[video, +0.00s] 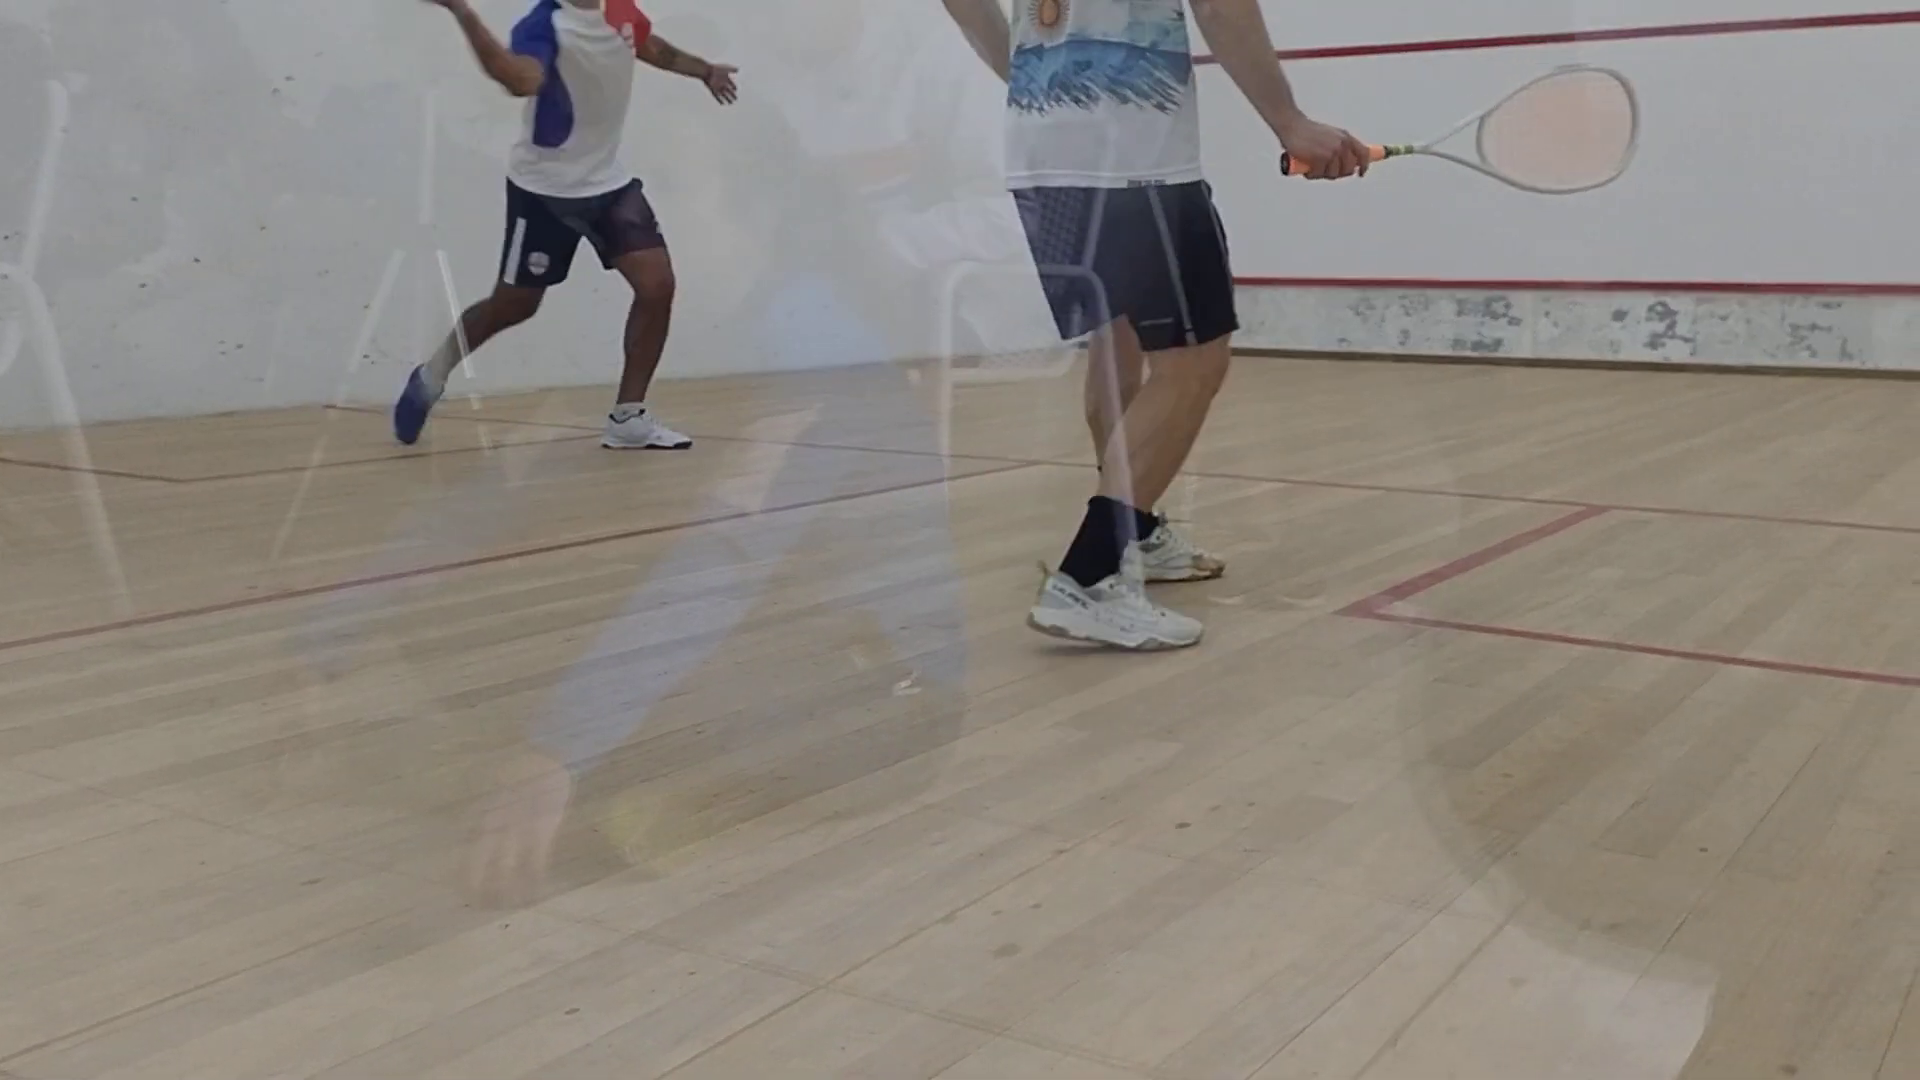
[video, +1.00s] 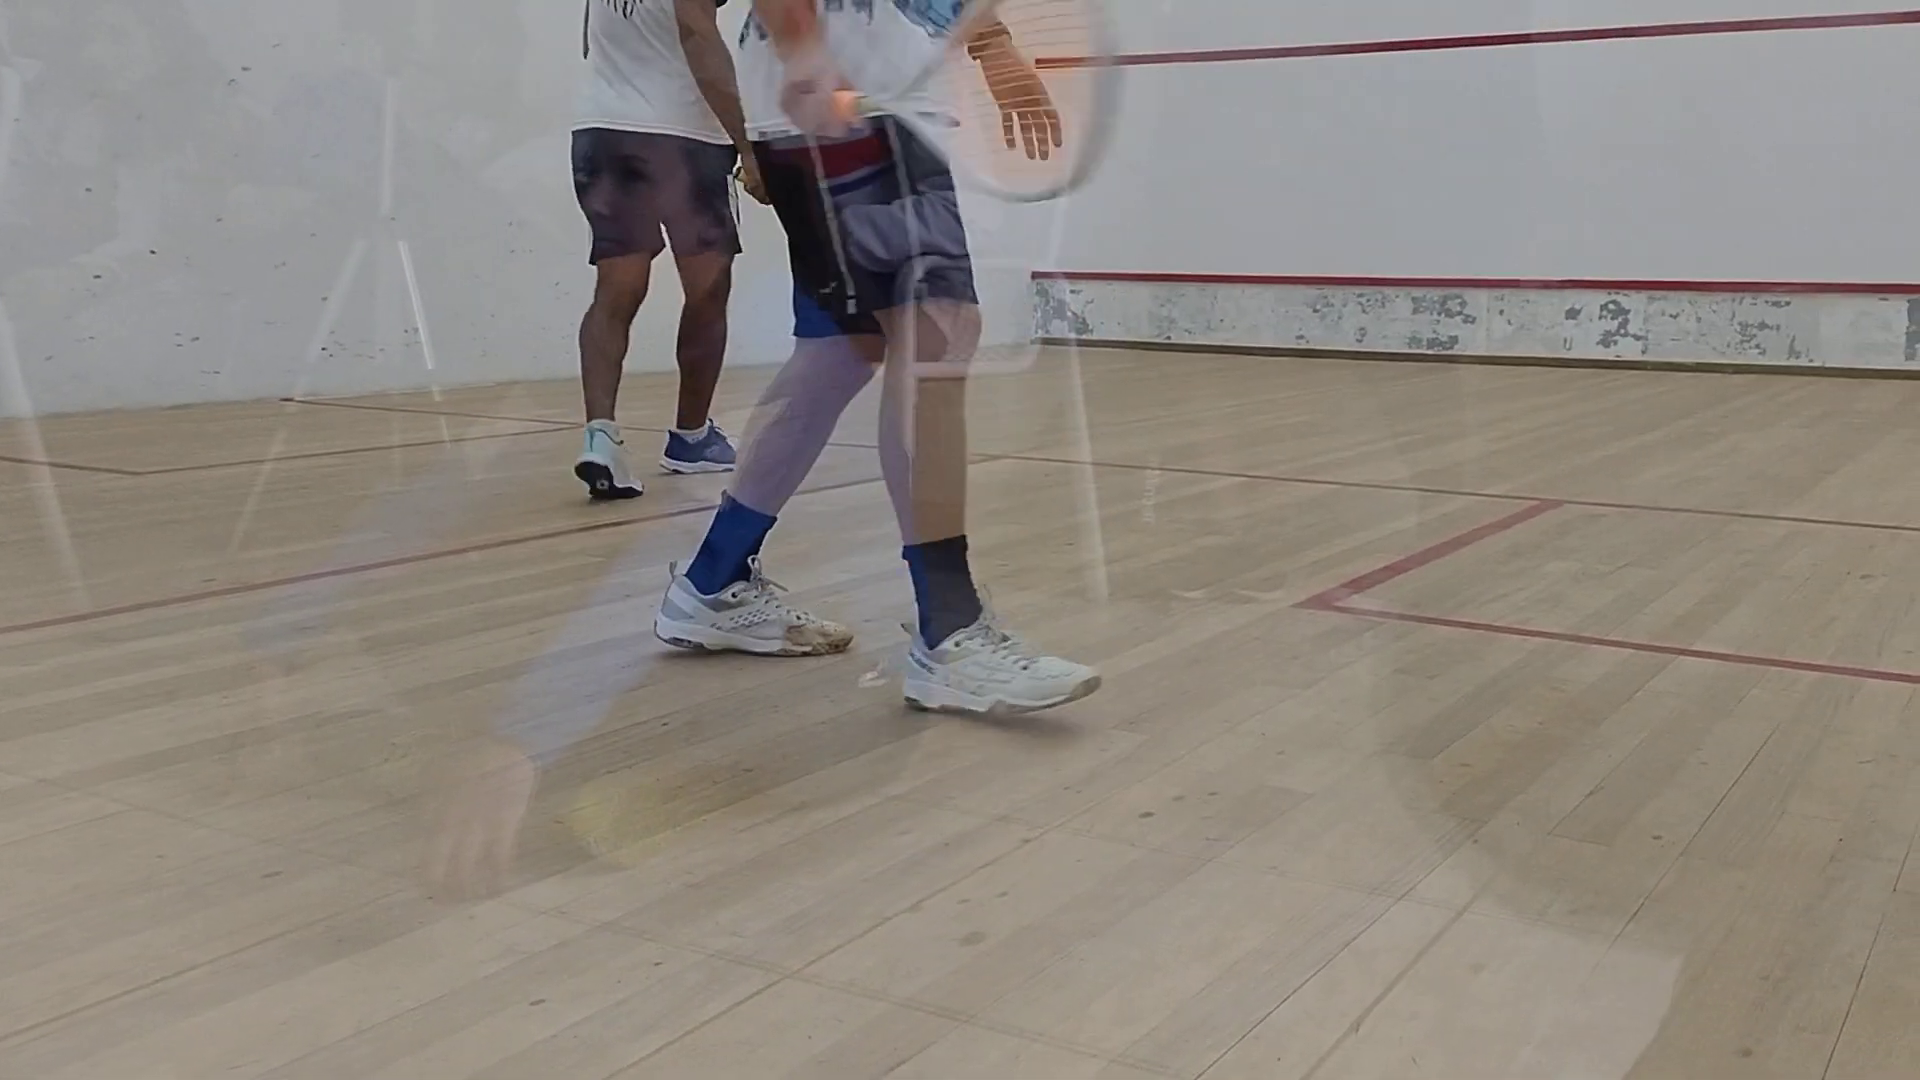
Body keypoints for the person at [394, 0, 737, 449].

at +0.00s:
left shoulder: (624, 13)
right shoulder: (543, 24)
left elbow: (653, 49)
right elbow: (522, 80)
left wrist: (705, 70)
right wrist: (463, 12)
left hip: (607, 181)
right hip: (542, 186)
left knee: (657, 286)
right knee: (516, 302)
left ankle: (627, 416)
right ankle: (430, 377)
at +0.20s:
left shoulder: (640, 6)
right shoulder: (613, 12)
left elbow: (642, 58)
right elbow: (680, 101)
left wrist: (692, 89)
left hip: (620, 162)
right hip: (568, 168)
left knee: (647, 286)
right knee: (605, 294)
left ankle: (617, 413)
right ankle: (512, 378)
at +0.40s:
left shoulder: (612, 3)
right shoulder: (663, 11)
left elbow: (579, 42)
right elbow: (661, 113)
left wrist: (615, 111)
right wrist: (687, 214)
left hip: (593, 154)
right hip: (617, 158)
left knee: (640, 288)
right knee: (680, 285)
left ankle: (607, 413)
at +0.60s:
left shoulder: (618, 4)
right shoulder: (688, 6)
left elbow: (576, 51)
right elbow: (679, 79)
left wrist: (564, 133)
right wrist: (690, 184)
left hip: (606, 145)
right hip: (660, 148)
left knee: (633, 275)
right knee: (718, 288)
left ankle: (606, 403)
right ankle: (695, 436)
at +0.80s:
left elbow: (590, 40)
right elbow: (700, 35)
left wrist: (632, 101)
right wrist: (725, 147)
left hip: (610, 127)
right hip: (678, 128)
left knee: (639, 269)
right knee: (705, 282)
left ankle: (607, 397)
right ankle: (691, 435)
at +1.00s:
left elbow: (596, 45)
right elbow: (697, 32)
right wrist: (747, 145)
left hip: (602, 124)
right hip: (686, 131)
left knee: (617, 290)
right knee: (707, 289)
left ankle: (599, 436)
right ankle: (691, 435)